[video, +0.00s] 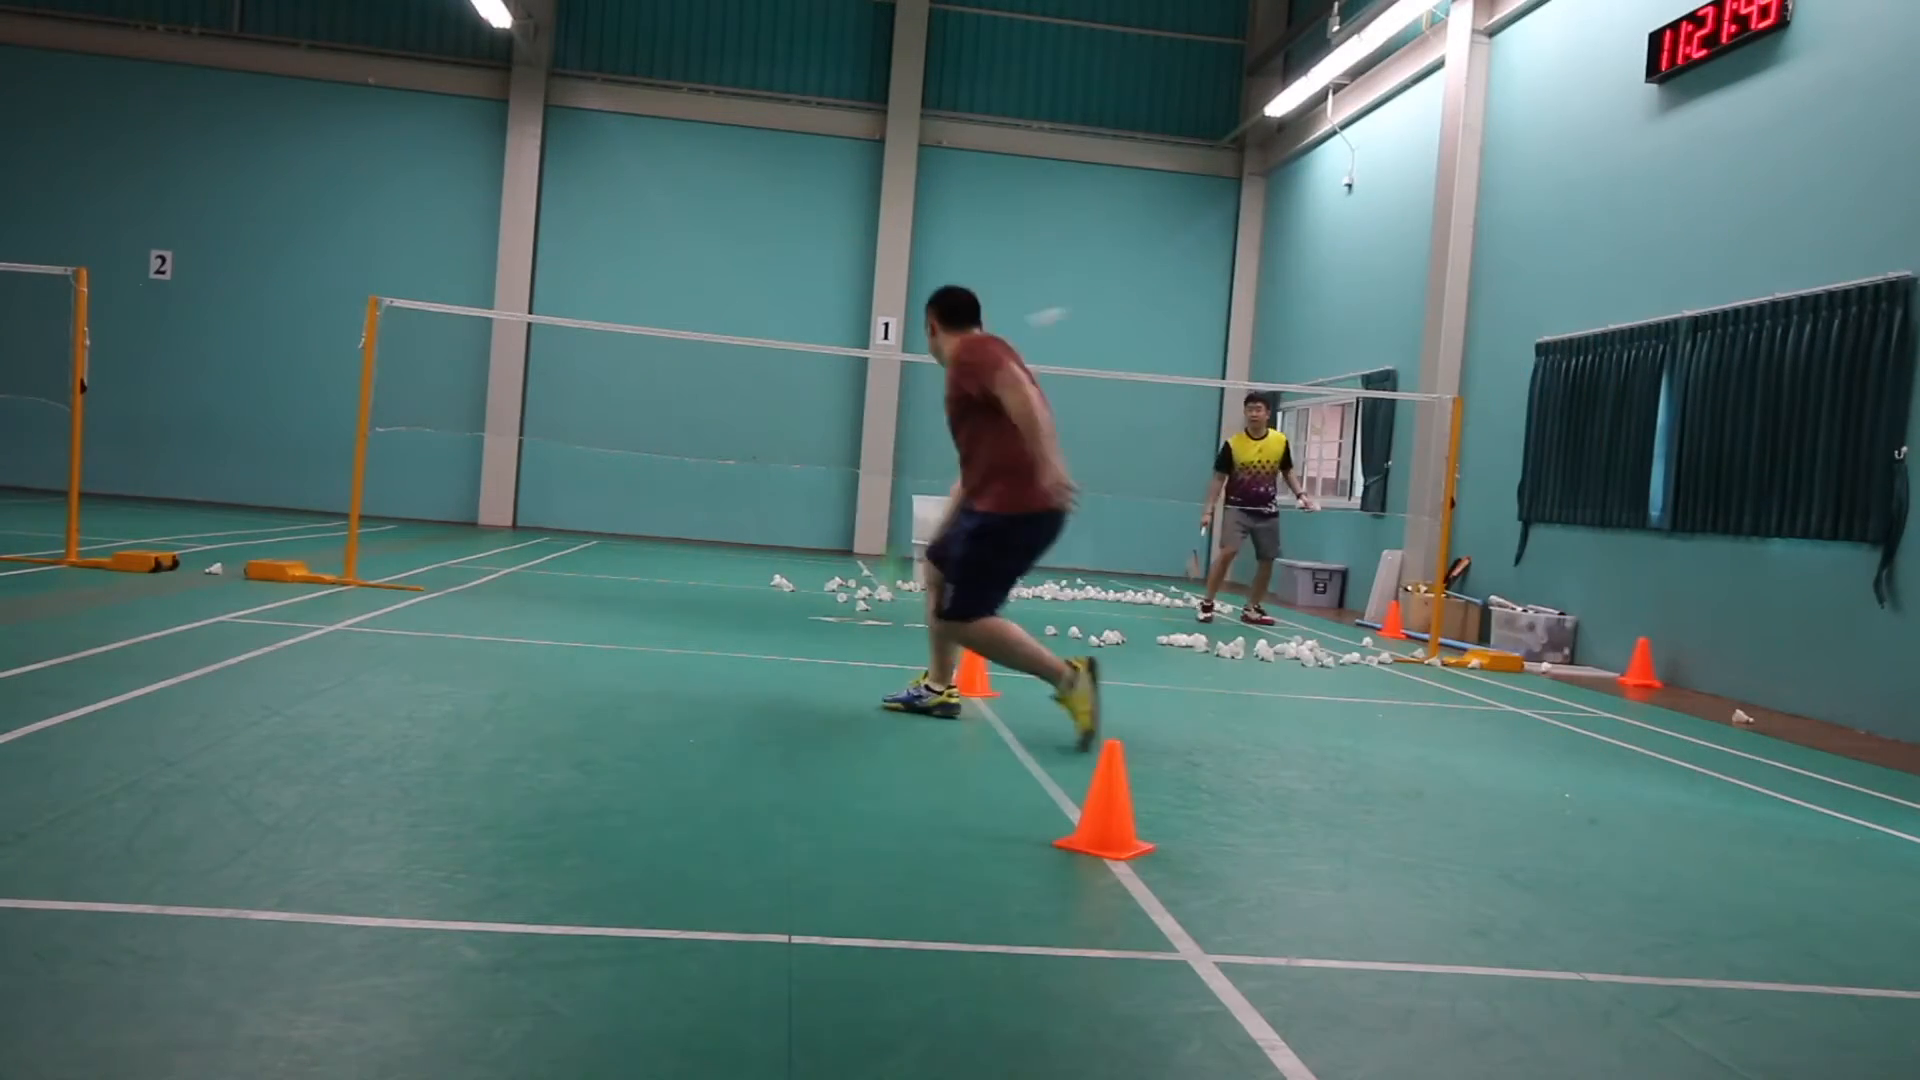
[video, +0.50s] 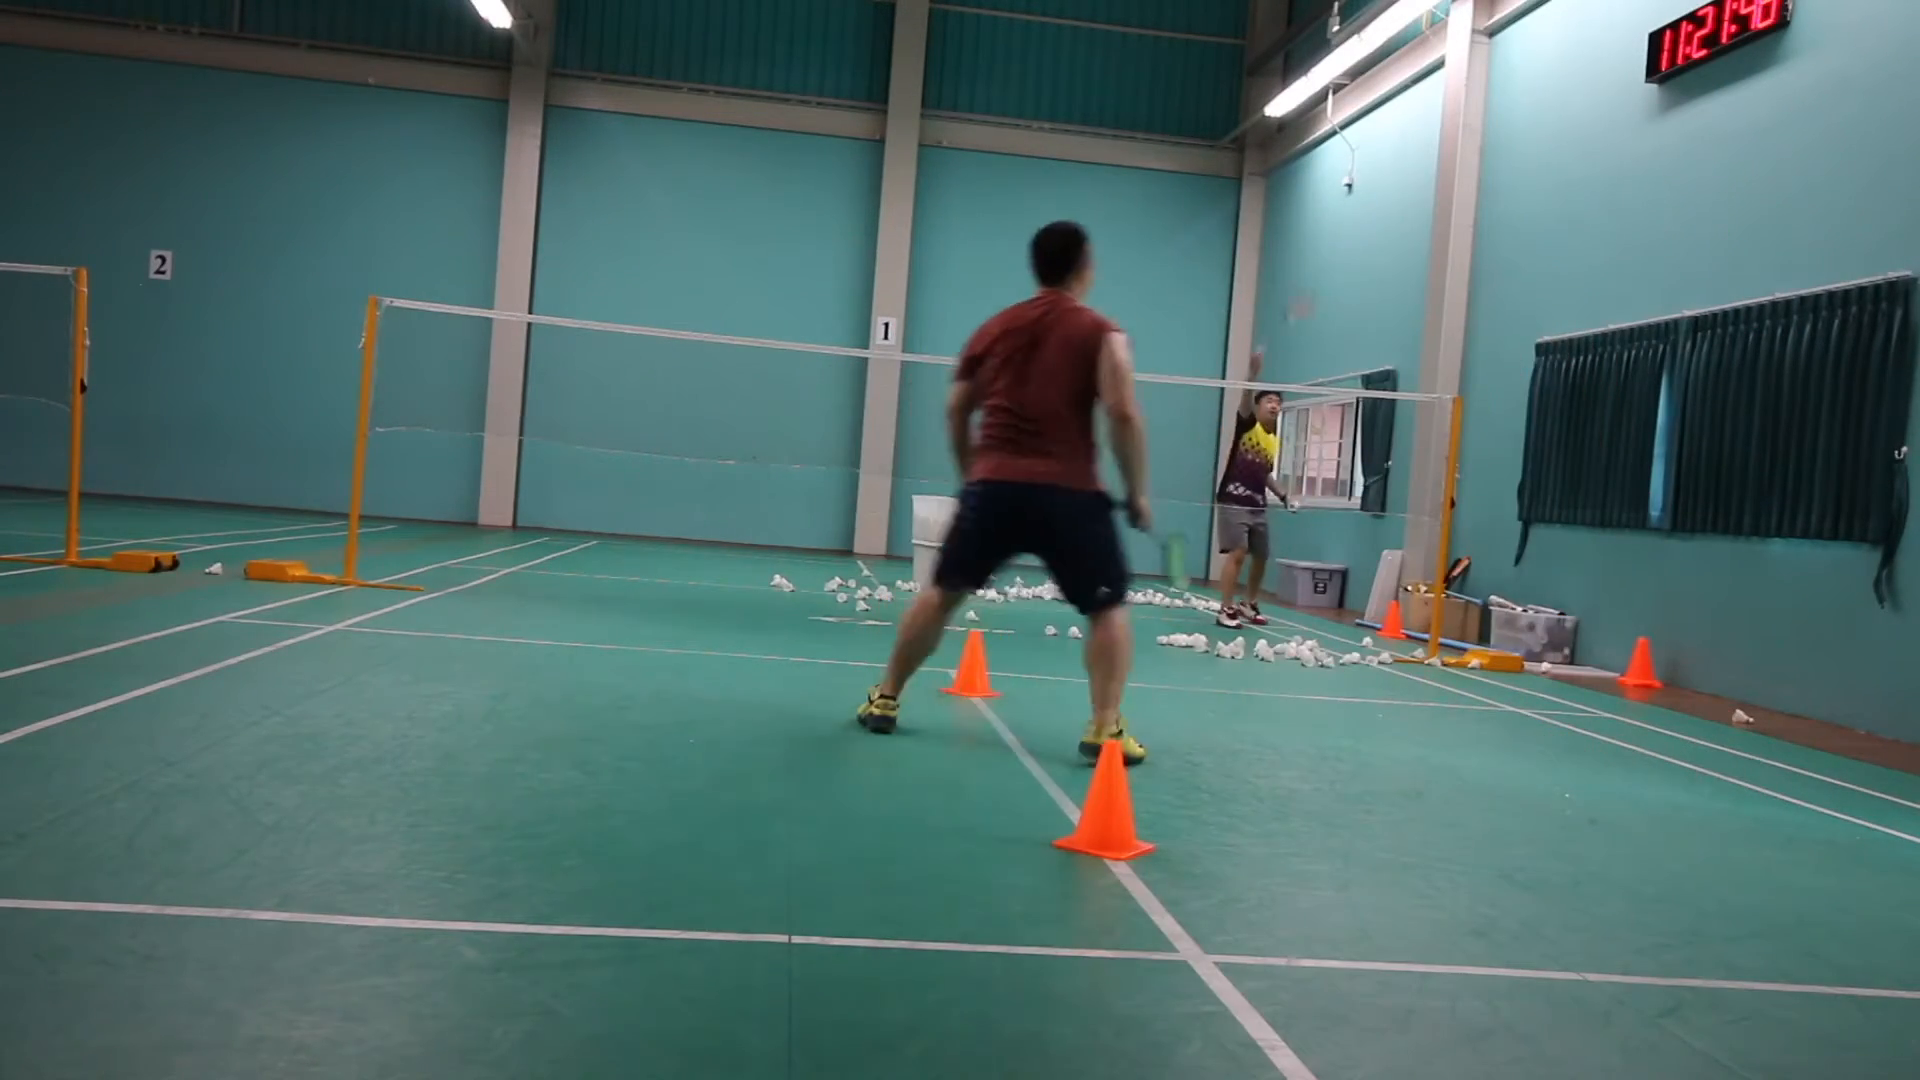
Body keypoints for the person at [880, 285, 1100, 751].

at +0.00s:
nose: (929, 343)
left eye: (928, 333)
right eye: (928, 334)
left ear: (935, 326)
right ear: (973, 320)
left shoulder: (970, 350)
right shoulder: (989, 354)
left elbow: (1023, 399)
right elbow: (984, 460)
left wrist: (1049, 466)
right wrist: (949, 520)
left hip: (1017, 505)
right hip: (995, 502)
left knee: (961, 619)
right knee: (938, 566)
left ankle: (1068, 678)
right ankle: (938, 685)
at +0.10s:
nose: (934, 300)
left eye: (933, 293)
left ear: (933, 290)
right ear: (982, 295)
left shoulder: (942, 317)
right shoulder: (1003, 334)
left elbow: (945, 364)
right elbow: (1021, 405)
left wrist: (941, 447)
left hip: (989, 475)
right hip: (1026, 476)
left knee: (921, 575)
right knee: (955, 576)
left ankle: (1005, 669)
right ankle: (941, 683)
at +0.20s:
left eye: (939, 275)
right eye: (987, 275)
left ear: (939, 274)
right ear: (991, 276)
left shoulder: (927, 314)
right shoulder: (1021, 328)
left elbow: (897, 375)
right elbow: (1055, 405)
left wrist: (871, 454)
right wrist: (1051, 483)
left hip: (956, 468)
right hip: (1018, 474)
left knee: (911, 576)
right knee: (966, 577)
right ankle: (944, 685)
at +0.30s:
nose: (998, 280)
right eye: (1003, 273)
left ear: (950, 274)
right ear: (1002, 275)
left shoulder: (918, 328)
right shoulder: (1033, 330)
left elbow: (873, 401)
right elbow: (1073, 404)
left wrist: (854, 479)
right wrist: (1078, 478)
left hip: (944, 477)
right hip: (1017, 479)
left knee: (905, 584)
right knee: (976, 581)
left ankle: (884, 699)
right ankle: (954, 691)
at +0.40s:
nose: (1032, 281)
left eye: (1027, 274)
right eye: (1031, 274)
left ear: (978, 276)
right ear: (1025, 276)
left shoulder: (942, 329)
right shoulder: (1052, 334)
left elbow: (898, 412)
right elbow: (1080, 411)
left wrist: (892, 488)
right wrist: (1087, 487)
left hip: (952, 482)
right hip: (1026, 487)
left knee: (910, 586)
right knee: (1020, 584)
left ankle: (884, 700)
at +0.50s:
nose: (1092, 271)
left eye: (1089, 262)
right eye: (1091, 263)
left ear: (1035, 269)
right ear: (1084, 268)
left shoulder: (995, 327)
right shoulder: (1101, 332)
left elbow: (957, 408)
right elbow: (1122, 412)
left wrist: (973, 473)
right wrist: (1137, 491)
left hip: (993, 491)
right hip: (1070, 498)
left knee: (939, 594)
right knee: (1107, 609)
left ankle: (885, 699)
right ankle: (1105, 730)